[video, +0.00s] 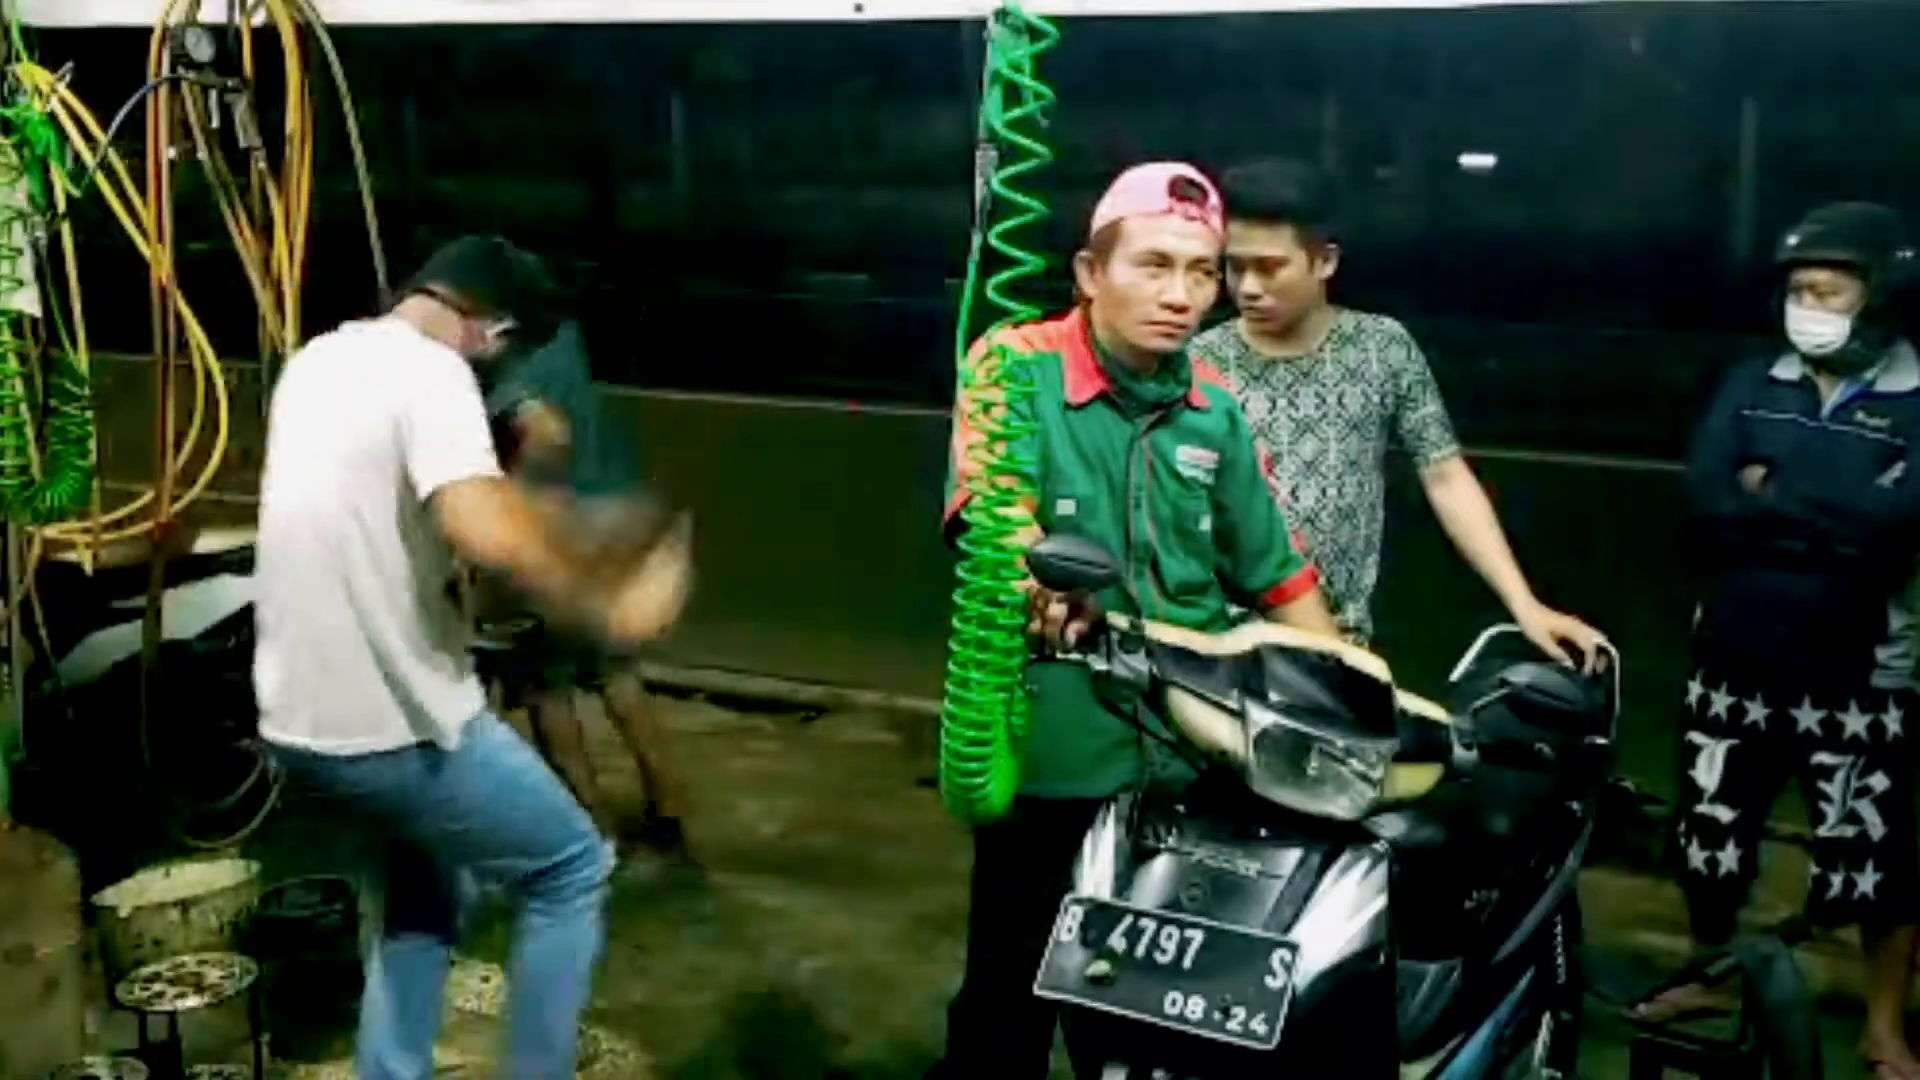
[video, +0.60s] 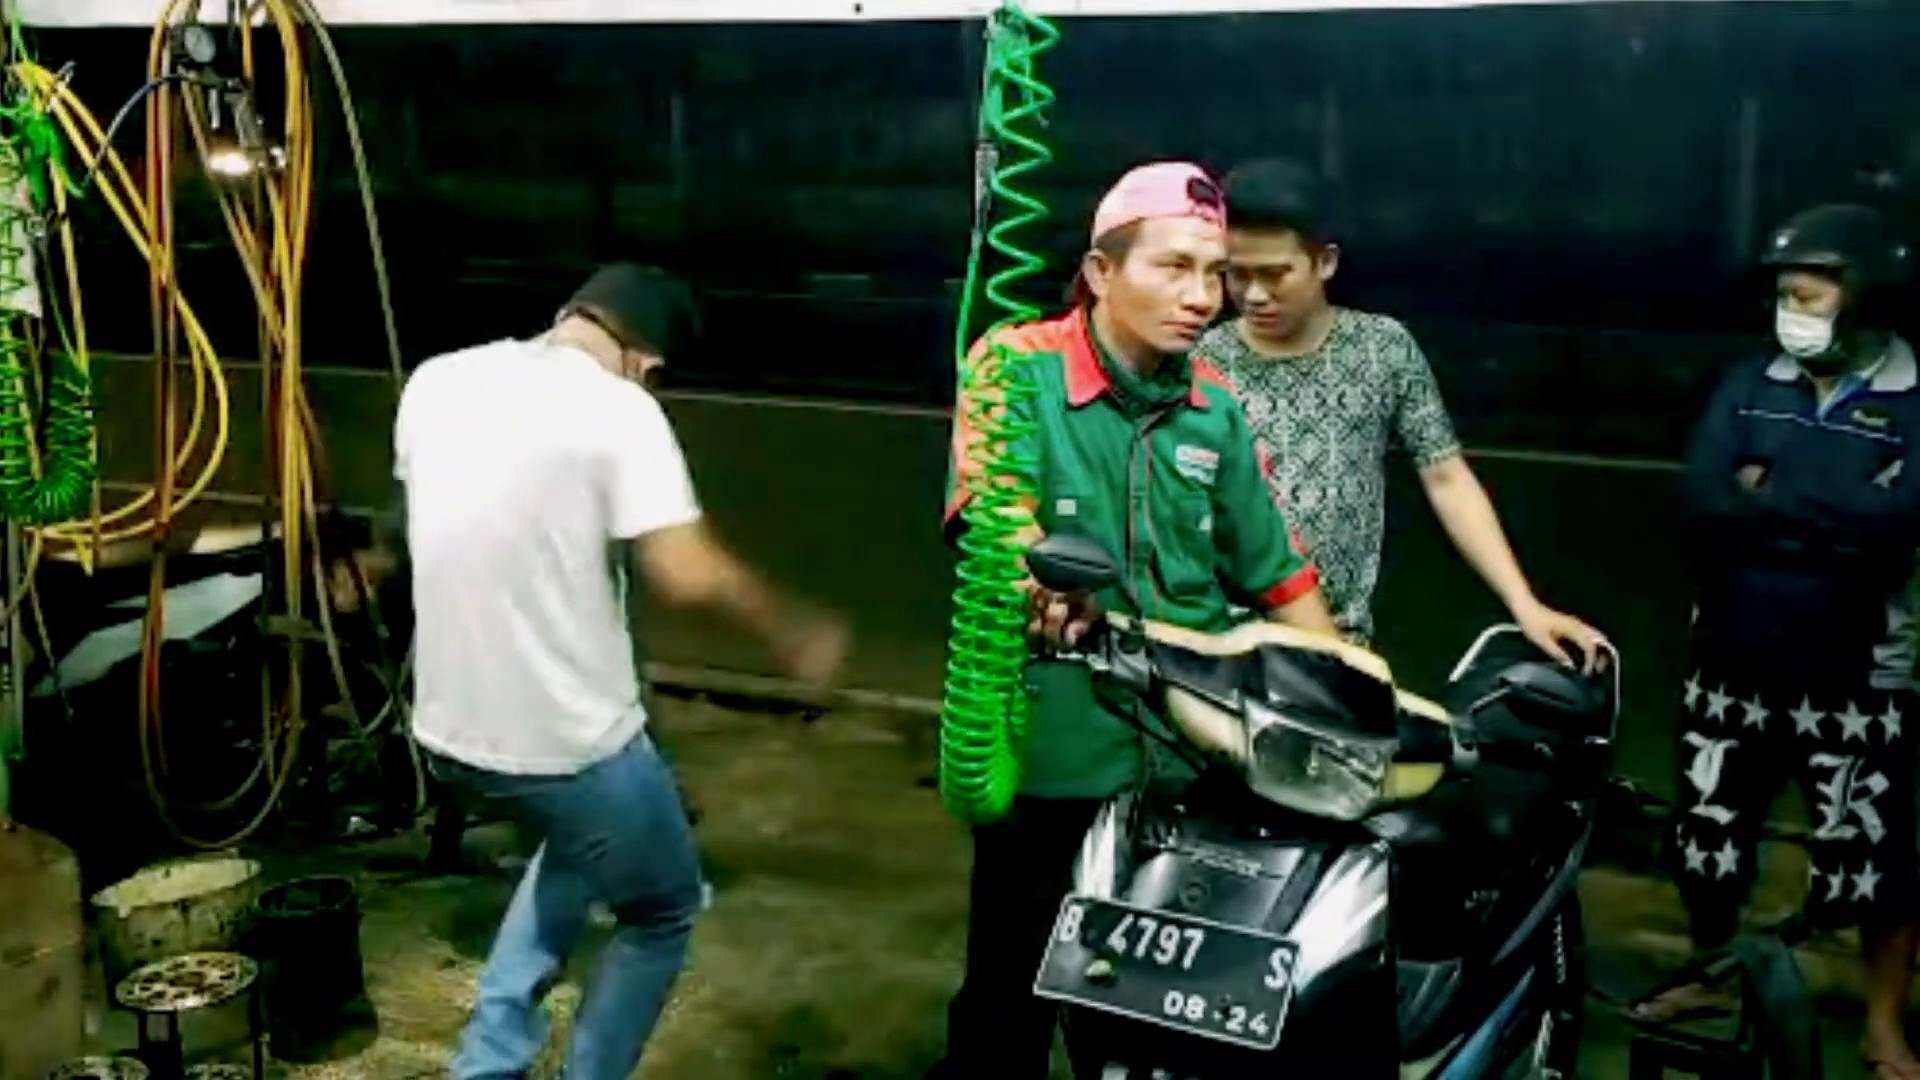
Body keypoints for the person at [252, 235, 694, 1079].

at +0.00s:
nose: (491, 361)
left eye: (499, 346)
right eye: (499, 343)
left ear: (413, 293)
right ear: (481, 322)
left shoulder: (307, 365)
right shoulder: (432, 373)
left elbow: (367, 504)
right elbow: (482, 527)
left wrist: (497, 460)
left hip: (299, 719)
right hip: (398, 725)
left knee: (422, 892)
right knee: (571, 866)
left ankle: (391, 1068)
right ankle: (540, 1067)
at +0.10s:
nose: (521, 347)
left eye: (528, 333)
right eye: (531, 331)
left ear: (452, 280)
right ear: (517, 313)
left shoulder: (352, 344)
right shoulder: (454, 358)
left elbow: (517, 416)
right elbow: (455, 524)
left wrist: (657, 397)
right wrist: (546, 686)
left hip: (324, 704)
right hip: (425, 714)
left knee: (424, 911)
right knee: (570, 882)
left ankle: (391, 1071)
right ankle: (573, 1068)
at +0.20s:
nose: (576, 323)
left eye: (585, 313)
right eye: (585, 311)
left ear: (514, 257)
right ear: (569, 293)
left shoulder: (407, 307)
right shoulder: (500, 334)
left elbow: (589, 316)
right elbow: (438, 470)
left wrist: (682, 253)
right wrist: (436, 662)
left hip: (364, 688)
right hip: (470, 694)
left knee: (430, 906)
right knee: (553, 912)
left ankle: (391, 1071)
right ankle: (563, 1072)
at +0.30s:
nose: (616, 329)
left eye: (626, 319)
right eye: (622, 313)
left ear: (559, 258)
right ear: (608, 294)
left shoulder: (440, 298)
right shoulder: (556, 319)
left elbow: (594, 275)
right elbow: (489, 399)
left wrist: (691, 231)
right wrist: (458, 575)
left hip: (393, 682)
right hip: (498, 694)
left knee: (467, 876)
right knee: (573, 913)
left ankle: (412, 1065)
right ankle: (567, 1068)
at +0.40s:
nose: (634, 349)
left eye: (641, 340)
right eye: (640, 334)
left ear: (561, 288)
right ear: (627, 318)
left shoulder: (447, 329)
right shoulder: (584, 351)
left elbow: (600, 393)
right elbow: (551, 453)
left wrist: (703, 352)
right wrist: (581, 616)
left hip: (419, 692)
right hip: (529, 698)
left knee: (540, 843)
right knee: (630, 901)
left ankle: (464, 1057)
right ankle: (581, 1065)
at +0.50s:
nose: (639, 377)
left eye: (645, 364)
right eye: (643, 360)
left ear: (566, 305)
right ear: (627, 336)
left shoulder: (441, 357)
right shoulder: (595, 385)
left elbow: (506, 464)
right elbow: (620, 547)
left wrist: (656, 476)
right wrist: (676, 701)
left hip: (436, 712)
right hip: (551, 731)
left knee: (570, 833)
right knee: (652, 910)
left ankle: (495, 1044)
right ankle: (589, 1068)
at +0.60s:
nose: (644, 385)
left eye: (651, 375)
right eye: (651, 373)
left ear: (565, 316)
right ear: (637, 353)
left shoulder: (434, 381)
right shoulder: (622, 411)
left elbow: (432, 529)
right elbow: (685, 572)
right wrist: (788, 631)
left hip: (449, 730)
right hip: (572, 747)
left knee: (572, 849)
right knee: (660, 912)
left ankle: (490, 1054)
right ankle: (592, 1069)